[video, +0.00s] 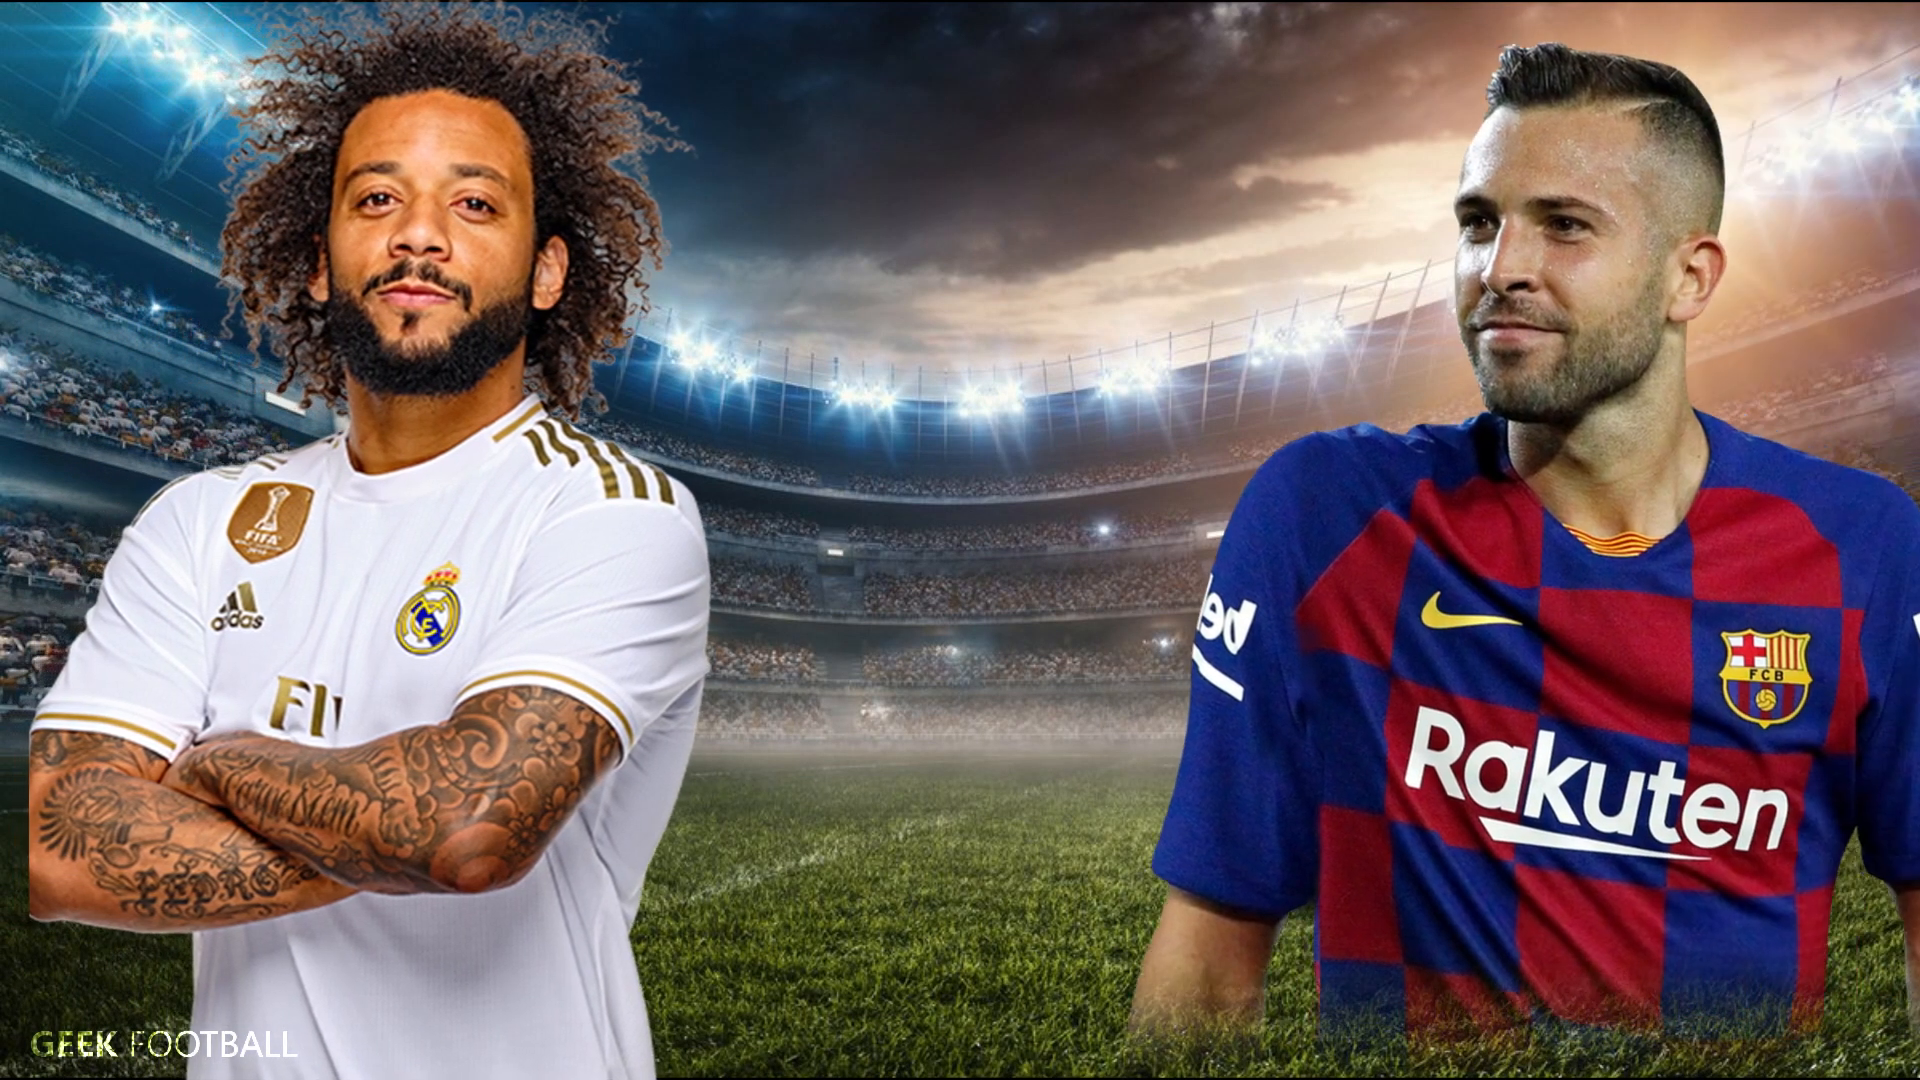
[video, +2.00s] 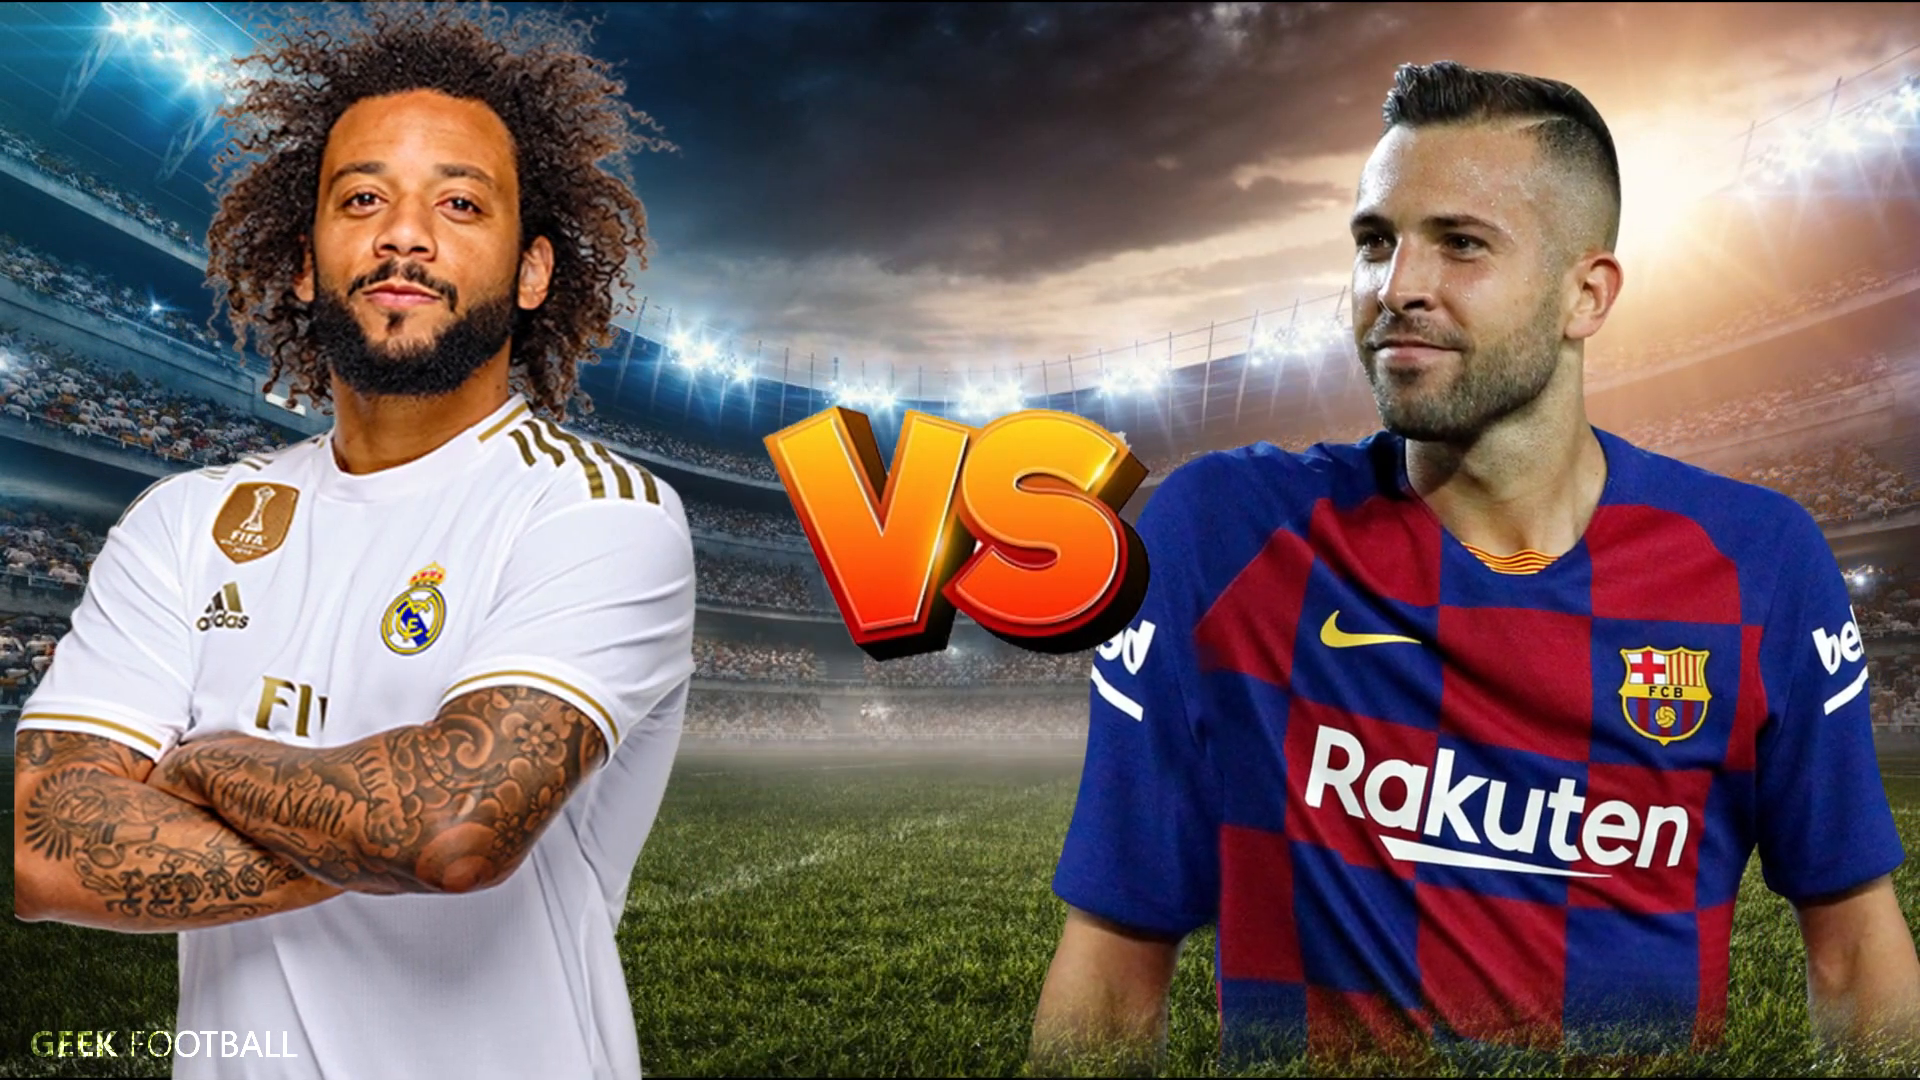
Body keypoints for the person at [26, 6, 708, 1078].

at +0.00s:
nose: (420, 238)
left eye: (476, 204)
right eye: (377, 199)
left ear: (544, 273)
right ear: (323, 259)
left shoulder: (619, 518)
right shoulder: (198, 522)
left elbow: (473, 825)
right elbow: (71, 856)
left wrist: (208, 761)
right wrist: (394, 829)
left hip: (530, 1063)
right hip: (249, 1062)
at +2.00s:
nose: (406, 238)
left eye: (461, 203)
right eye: (362, 199)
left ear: (529, 273)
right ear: (309, 260)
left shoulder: (603, 517)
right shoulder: (184, 523)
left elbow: (460, 824)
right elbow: (51, 853)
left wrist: (193, 761)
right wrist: (378, 829)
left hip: (515, 1064)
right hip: (234, 1063)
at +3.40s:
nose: (260, 234)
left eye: (317, 203)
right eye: (219, 198)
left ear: (386, 273)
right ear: (163, 262)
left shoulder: (462, 516)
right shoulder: (39, 521)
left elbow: (314, 824)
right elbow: (7, 875)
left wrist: (43, 760)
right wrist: (241, 821)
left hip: (367, 1063)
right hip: (90, 1063)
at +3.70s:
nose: (130, 232)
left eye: (186, 200)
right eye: (89, 198)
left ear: (256, 268)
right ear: (36, 258)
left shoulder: (330, 514)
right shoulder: (5, 492)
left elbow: (185, 820)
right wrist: (108, 809)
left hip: (237, 1057)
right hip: (18, 1053)